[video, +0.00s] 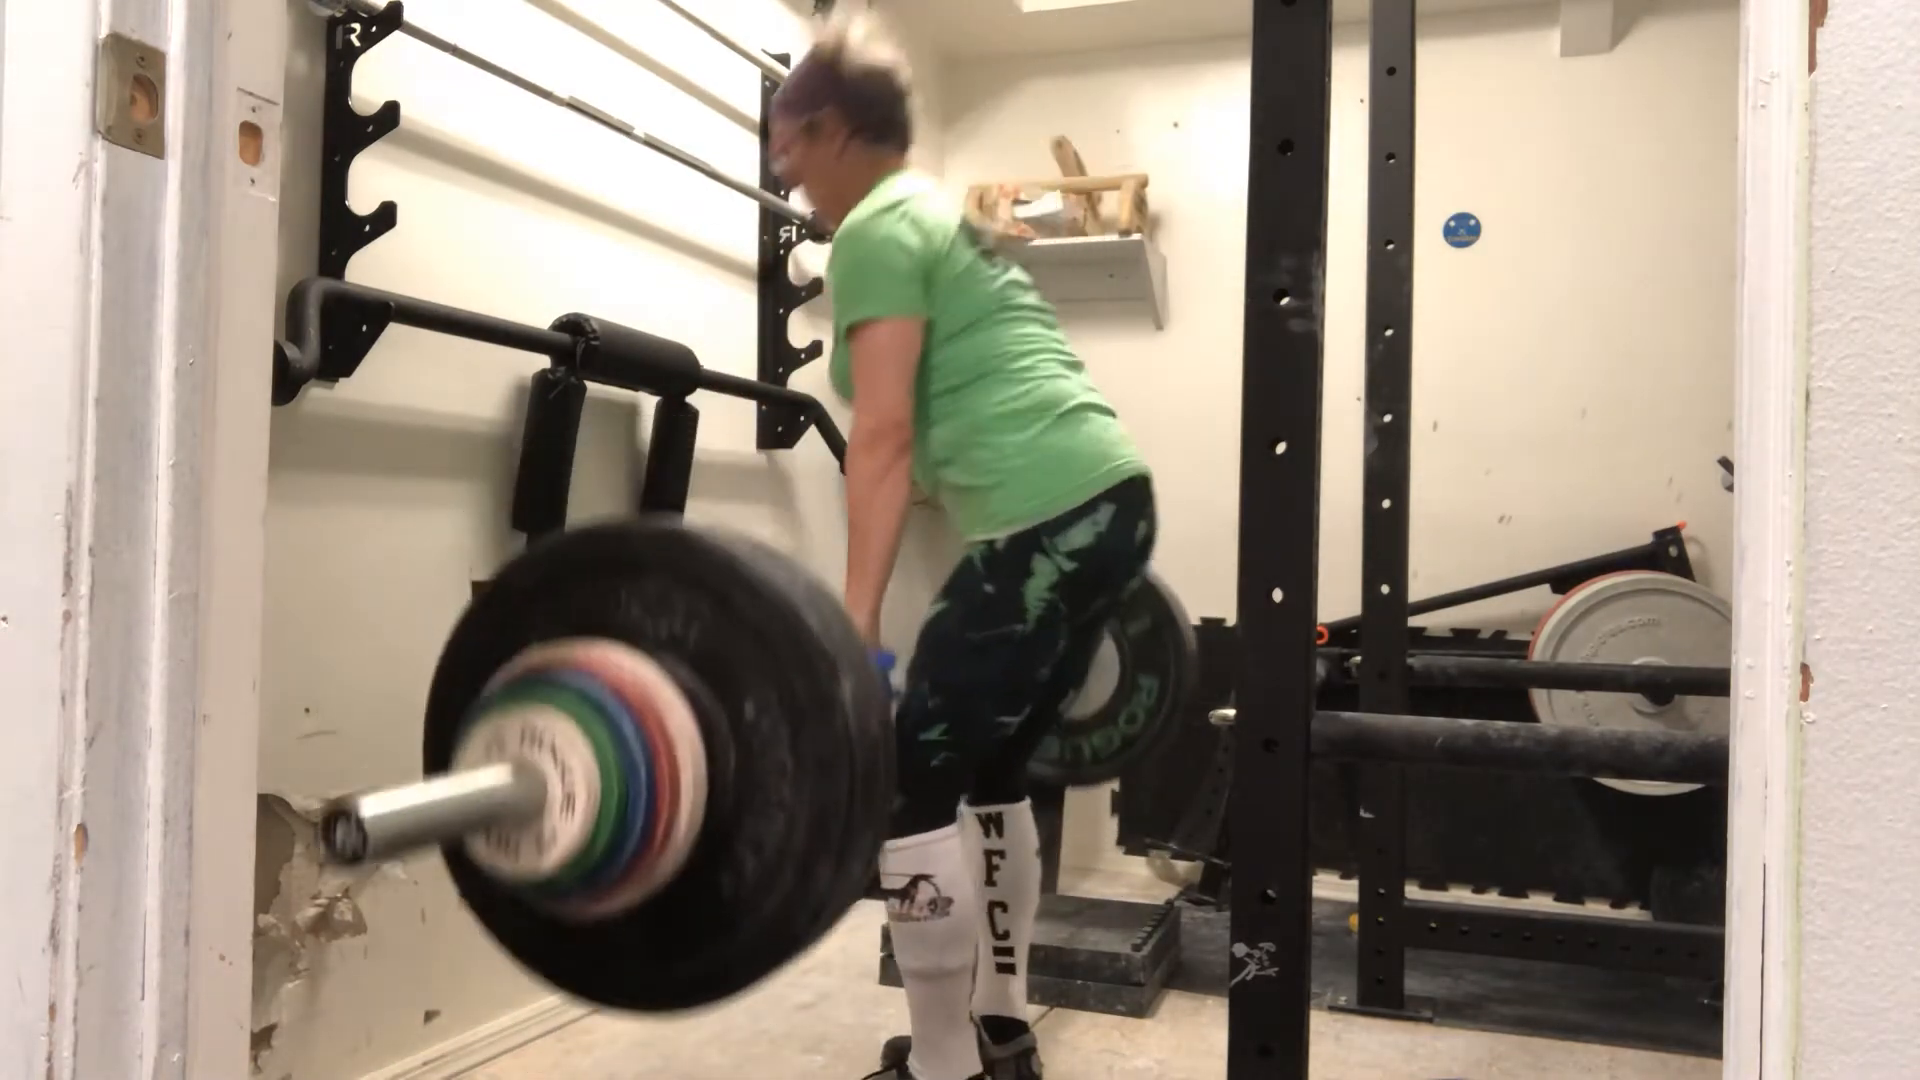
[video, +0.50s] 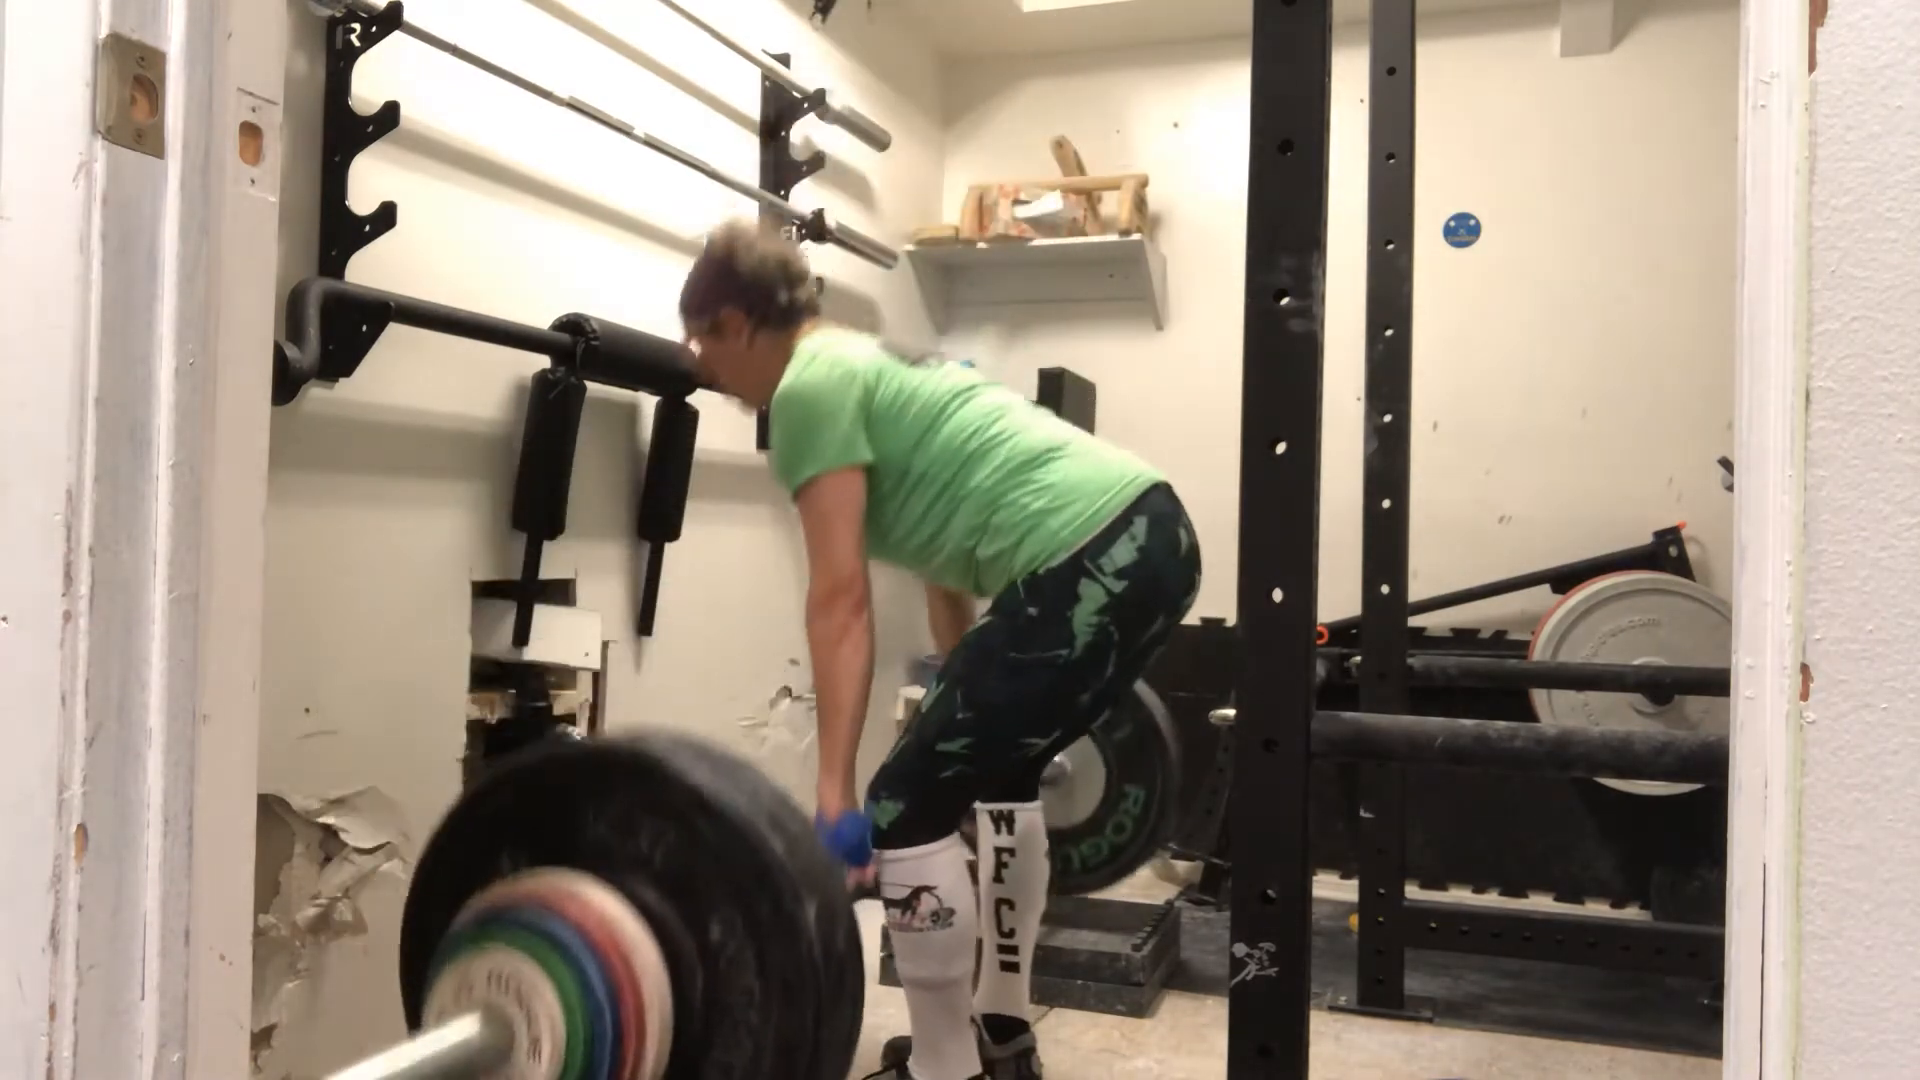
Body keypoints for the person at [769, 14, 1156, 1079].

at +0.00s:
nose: (784, 172)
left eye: (791, 145)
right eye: (782, 150)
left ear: (846, 130)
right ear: (863, 133)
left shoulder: (880, 230)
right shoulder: (935, 217)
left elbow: (883, 441)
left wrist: (856, 624)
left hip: (1050, 520)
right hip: (1101, 500)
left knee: (916, 769)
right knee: (995, 763)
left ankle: (941, 1061)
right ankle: (999, 1022)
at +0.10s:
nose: (759, 212)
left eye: (764, 189)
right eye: (755, 191)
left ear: (809, 178)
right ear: (840, 177)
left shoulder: (861, 262)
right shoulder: (909, 249)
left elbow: (873, 472)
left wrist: (849, 668)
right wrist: (983, 587)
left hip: (1068, 523)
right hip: (1117, 508)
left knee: (921, 781)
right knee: (1004, 769)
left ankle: (941, 1061)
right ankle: (1000, 1031)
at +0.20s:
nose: (737, 244)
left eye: (747, 219)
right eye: (735, 222)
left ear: (797, 212)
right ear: (826, 210)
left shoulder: (844, 291)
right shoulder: (900, 279)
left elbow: (865, 502)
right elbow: (967, 505)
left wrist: (848, 690)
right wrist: (982, 657)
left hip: (1075, 528)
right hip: (1130, 512)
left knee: (923, 789)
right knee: (1010, 773)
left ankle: (942, 1064)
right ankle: (1002, 1027)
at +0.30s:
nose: (725, 288)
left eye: (728, 263)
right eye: (720, 268)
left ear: (774, 249)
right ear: (803, 244)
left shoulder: (832, 320)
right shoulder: (895, 306)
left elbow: (859, 532)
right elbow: (960, 525)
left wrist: (841, 720)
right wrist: (980, 671)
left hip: (1082, 535)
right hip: (1137, 513)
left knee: (923, 795)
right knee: (1011, 778)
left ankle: (943, 1063)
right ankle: (1003, 1027)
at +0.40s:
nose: (711, 318)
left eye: (717, 293)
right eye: (709, 297)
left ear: (761, 282)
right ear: (790, 277)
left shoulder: (821, 351)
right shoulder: (881, 339)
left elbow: (850, 562)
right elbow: (950, 538)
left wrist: (838, 758)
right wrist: (973, 683)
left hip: (1083, 552)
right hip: (1137, 526)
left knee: (913, 798)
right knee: (1004, 779)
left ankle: (942, 1063)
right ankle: (1001, 1028)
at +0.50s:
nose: (696, 359)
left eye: (701, 337)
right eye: (693, 339)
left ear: (739, 323)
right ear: (774, 312)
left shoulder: (810, 388)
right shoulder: (860, 364)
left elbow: (841, 606)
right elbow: (946, 536)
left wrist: (835, 798)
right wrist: (957, 684)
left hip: (1087, 564)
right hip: (1144, 537)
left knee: (903, 805)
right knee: (996, 784)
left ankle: (942, 1062)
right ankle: (1000, 1028)